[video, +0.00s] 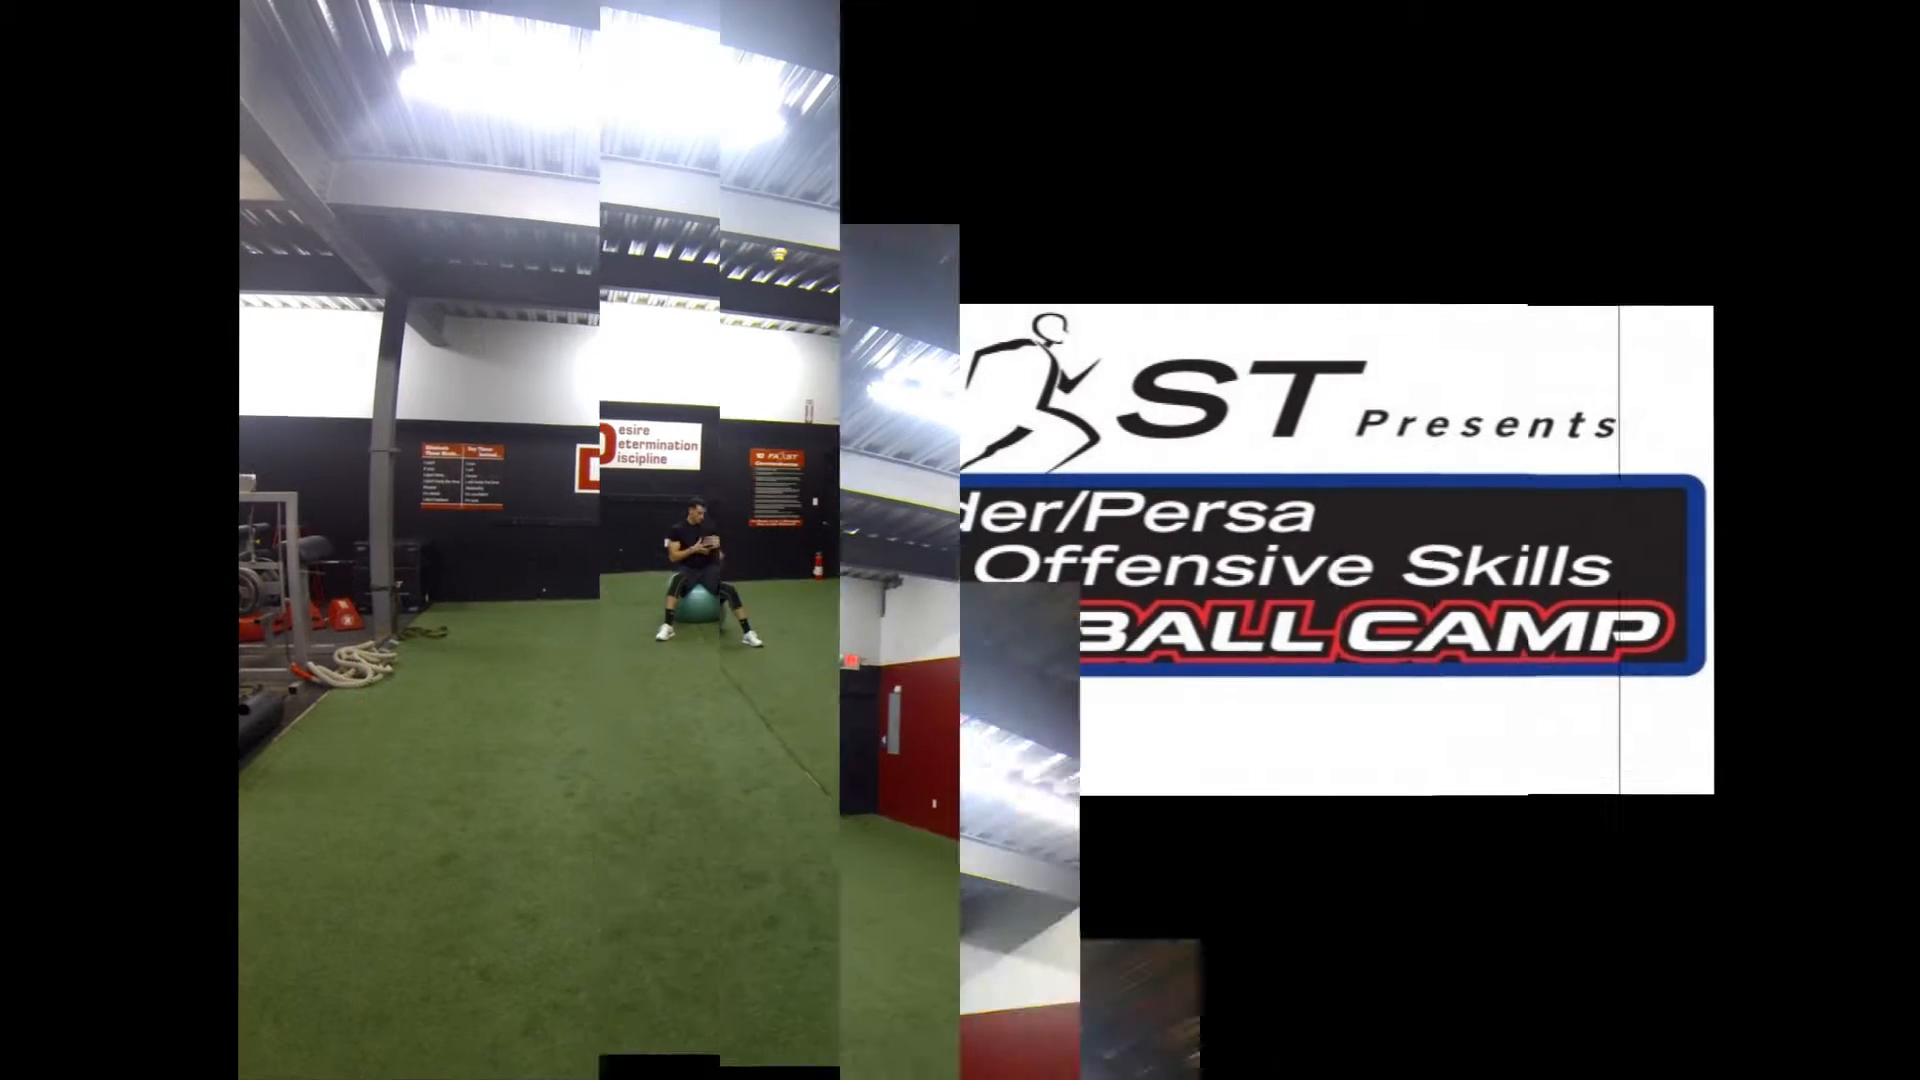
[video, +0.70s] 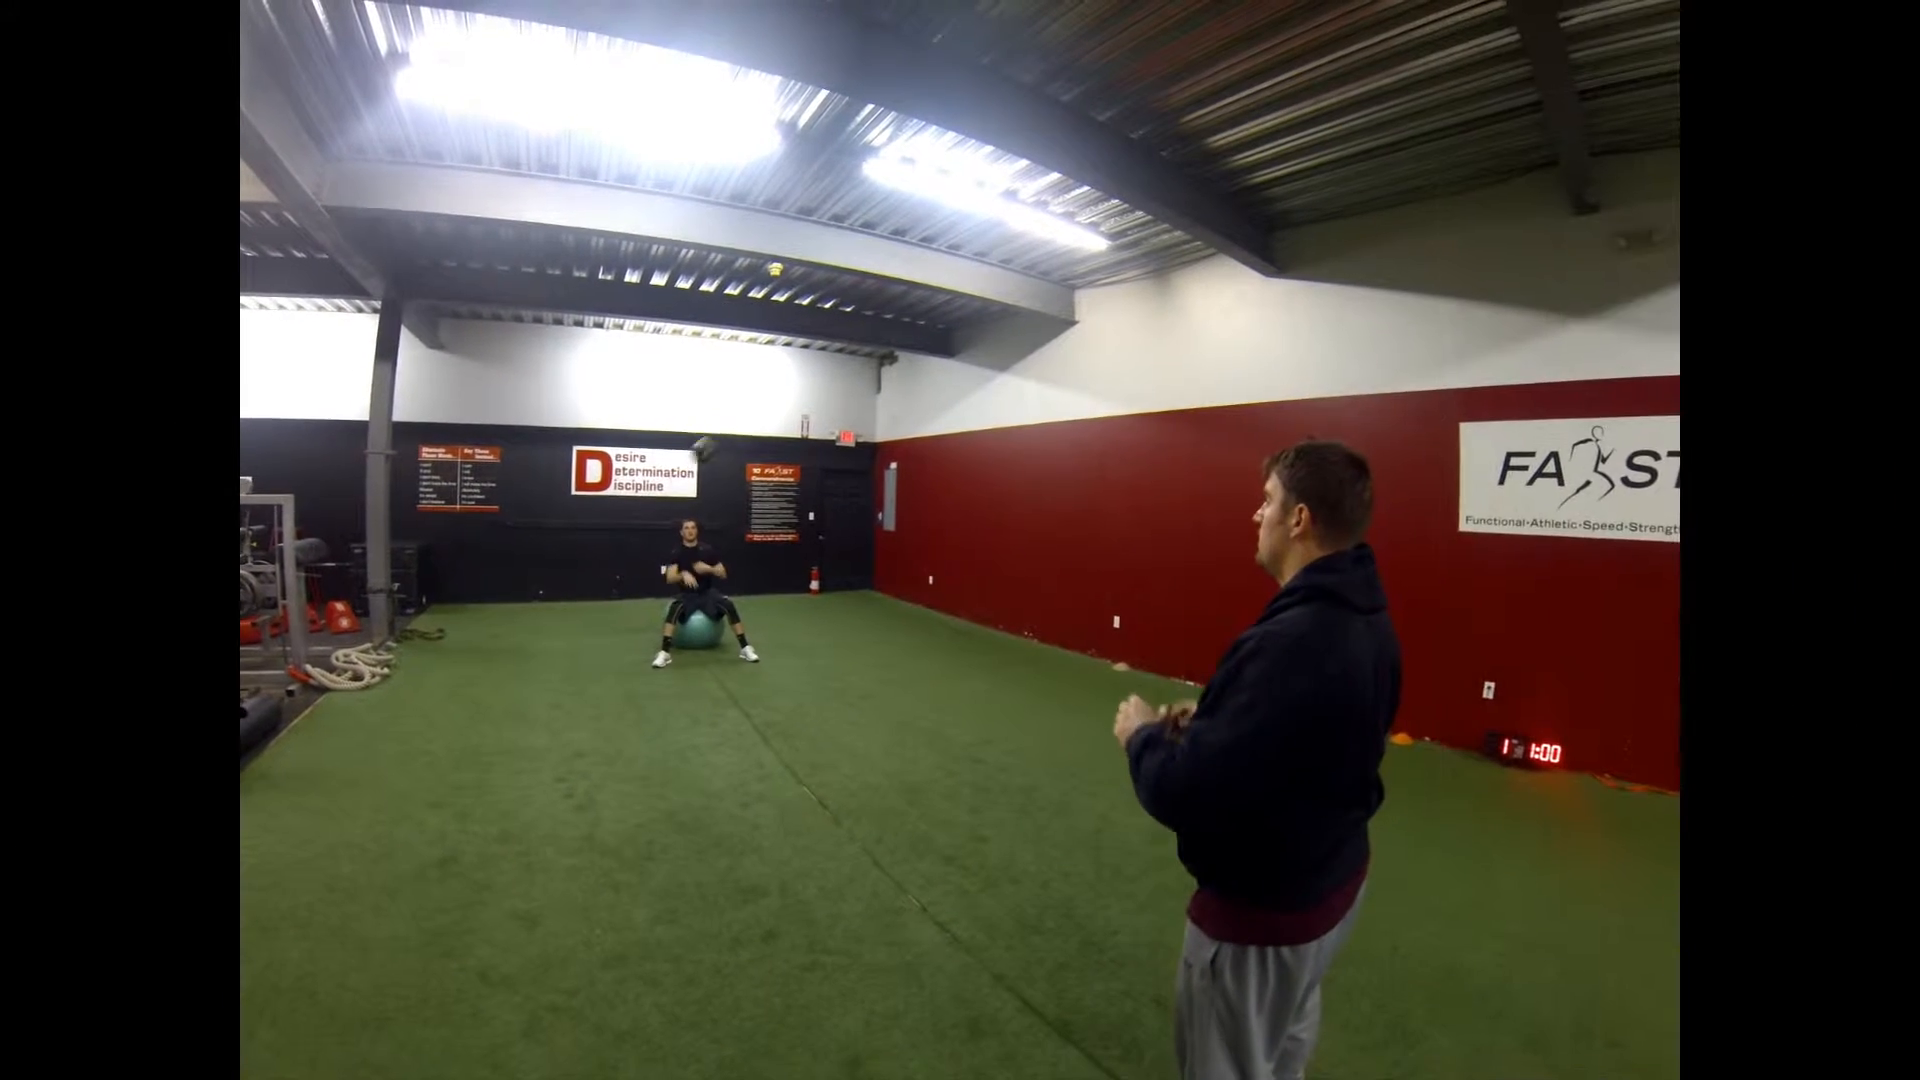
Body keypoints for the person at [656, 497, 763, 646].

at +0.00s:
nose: (702, 517)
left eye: (703, 514)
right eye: (699, 513)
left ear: (704, 513)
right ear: (690, 511)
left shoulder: (708, 528)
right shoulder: (678, 530)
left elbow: (717, 557)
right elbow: (673, 556)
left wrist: (716, 547)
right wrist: (694, 549)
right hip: (688, 571)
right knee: (676, 582)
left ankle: (748, 632)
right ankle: (667, 626)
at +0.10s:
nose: (698, 537)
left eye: (700, 534)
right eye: (694, 533)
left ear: (702, 536)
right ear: (687, 534)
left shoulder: (708, 552)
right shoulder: (678, 553)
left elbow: (716, 576)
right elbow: (666, 577)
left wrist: (701, 564)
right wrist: (681, 569)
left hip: (706, 594)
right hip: (685, 595)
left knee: (729, 603)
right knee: (677, 605)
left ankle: (747, 645)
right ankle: (666, 650)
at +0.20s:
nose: (693, 535)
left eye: (696, 532)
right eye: (690, 532)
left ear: (699, 535)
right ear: (684, 533)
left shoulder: (706, 551)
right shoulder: (676, 551)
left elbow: (715, 575)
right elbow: (658, 573)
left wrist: (697, 559)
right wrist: (666, 561)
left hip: (705, 594)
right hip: (684, 594)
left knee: (728, 602)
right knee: (676, 604)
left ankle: (744, 645)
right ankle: (663, 650)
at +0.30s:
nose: (690, 534)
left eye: (693, 531)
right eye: (687, 531)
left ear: (696, 534)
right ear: (681, 533)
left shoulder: (707, 550)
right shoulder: (675, 553)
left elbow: (717, 572)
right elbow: (652, 567)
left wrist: (702, 557)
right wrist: (656, 545)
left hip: (705, 595)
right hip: (683, 595)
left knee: (727, 602)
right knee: (673, 604)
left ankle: (743, 645)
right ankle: (661, 650)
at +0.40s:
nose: (690, 534)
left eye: (692, 531)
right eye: (686, 531)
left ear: (696, 534)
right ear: (681, 534)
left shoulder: (704, 552)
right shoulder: (675, 555)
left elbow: (723, 571)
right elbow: (650, 554)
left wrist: (711, 557)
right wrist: (654, 535)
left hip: (706, 595)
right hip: (685, 596)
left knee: (727, 603)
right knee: (672, 606)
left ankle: (743, 646)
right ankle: (662, 651)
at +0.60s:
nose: (689, 532)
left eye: (691, 529)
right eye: (685, 529)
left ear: (696, 531)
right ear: (680, 533)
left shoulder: (706, 549)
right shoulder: (677, 552)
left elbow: (721, 571)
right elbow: (668, 564)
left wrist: (702, 562)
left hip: (708, 594)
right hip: (687, 595)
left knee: (727, 606)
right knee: (674, 608)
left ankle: (745, 649)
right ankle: (664, 653)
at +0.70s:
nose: (690, 531)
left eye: (692, 528)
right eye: (686, 528)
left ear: (697, 531)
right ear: (681, 532)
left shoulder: (707, 550)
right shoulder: (676, 552)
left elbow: (723, 573)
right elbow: (670, 577)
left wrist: (708, 569)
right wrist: (683, 575)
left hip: (708, 593)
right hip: (687, 594)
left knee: (728, 605)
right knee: (675, 607)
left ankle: (745, 647)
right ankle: (664, 652)